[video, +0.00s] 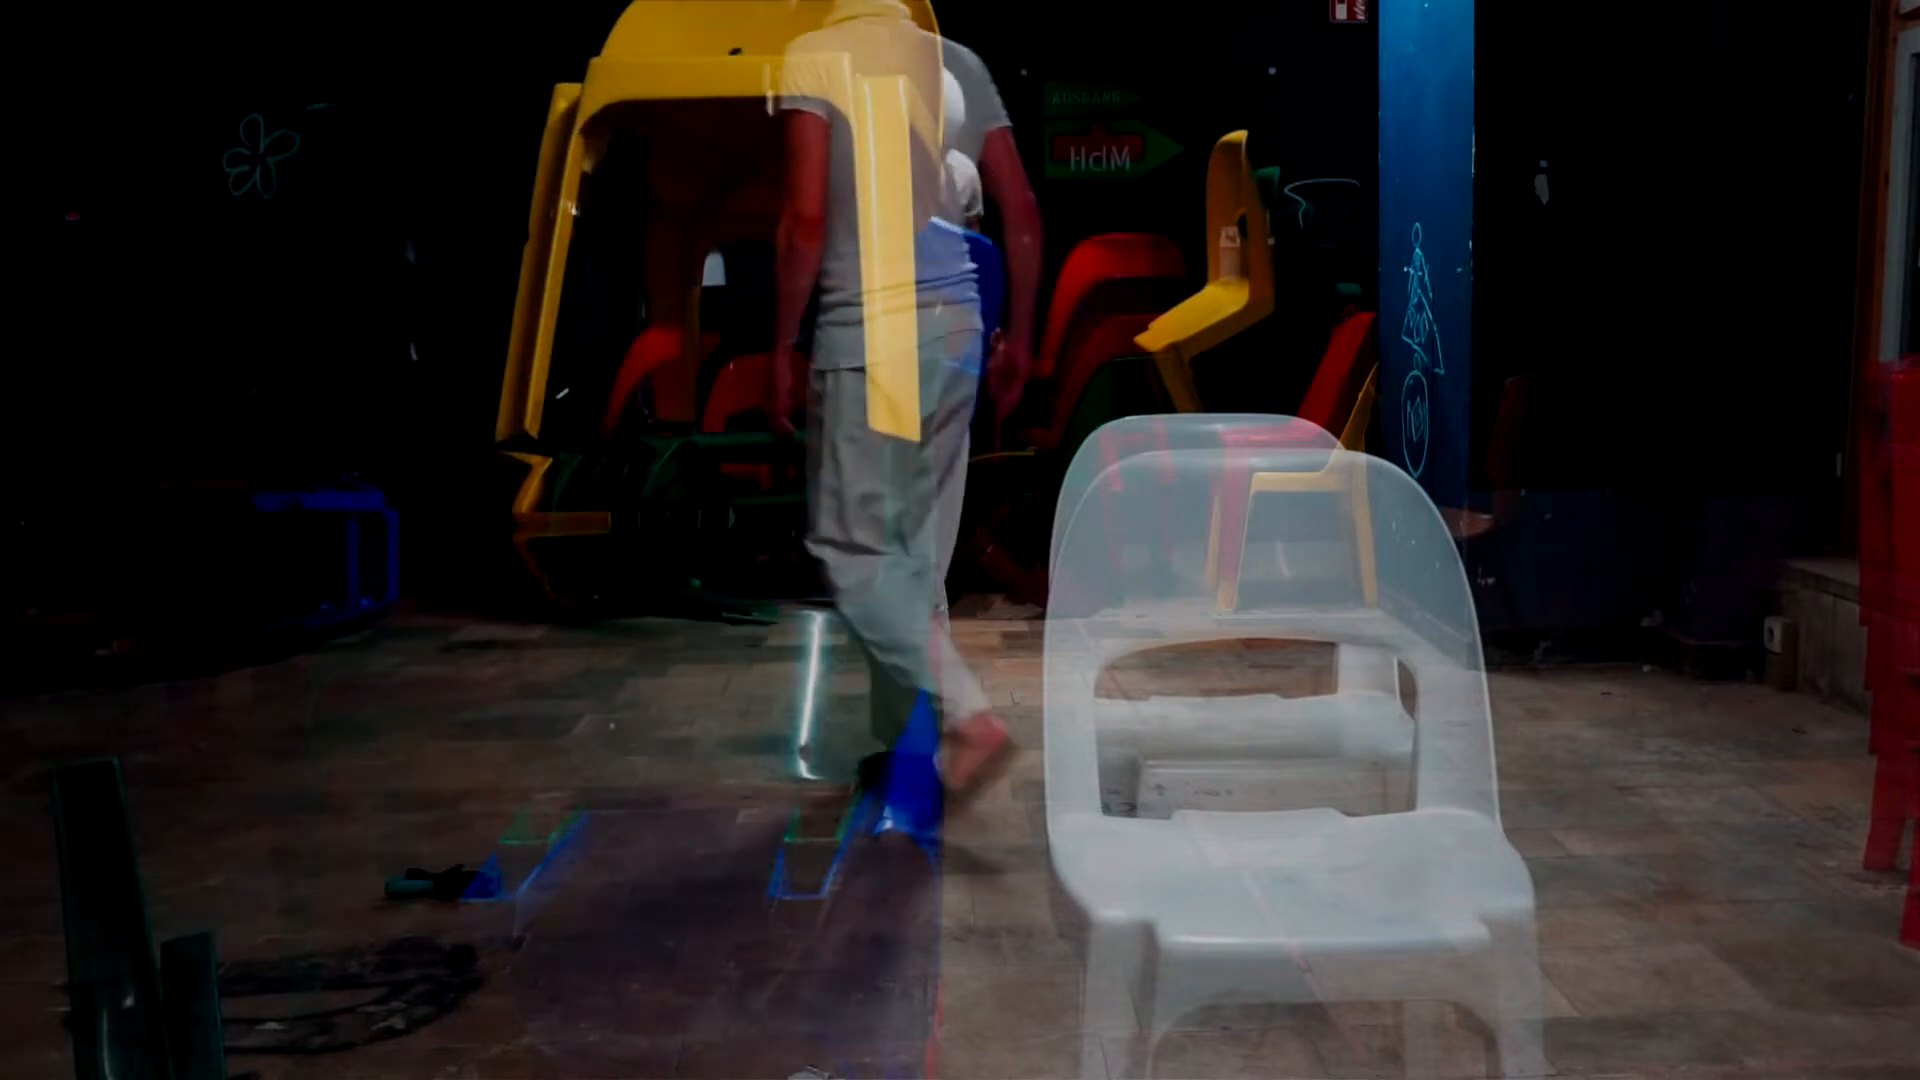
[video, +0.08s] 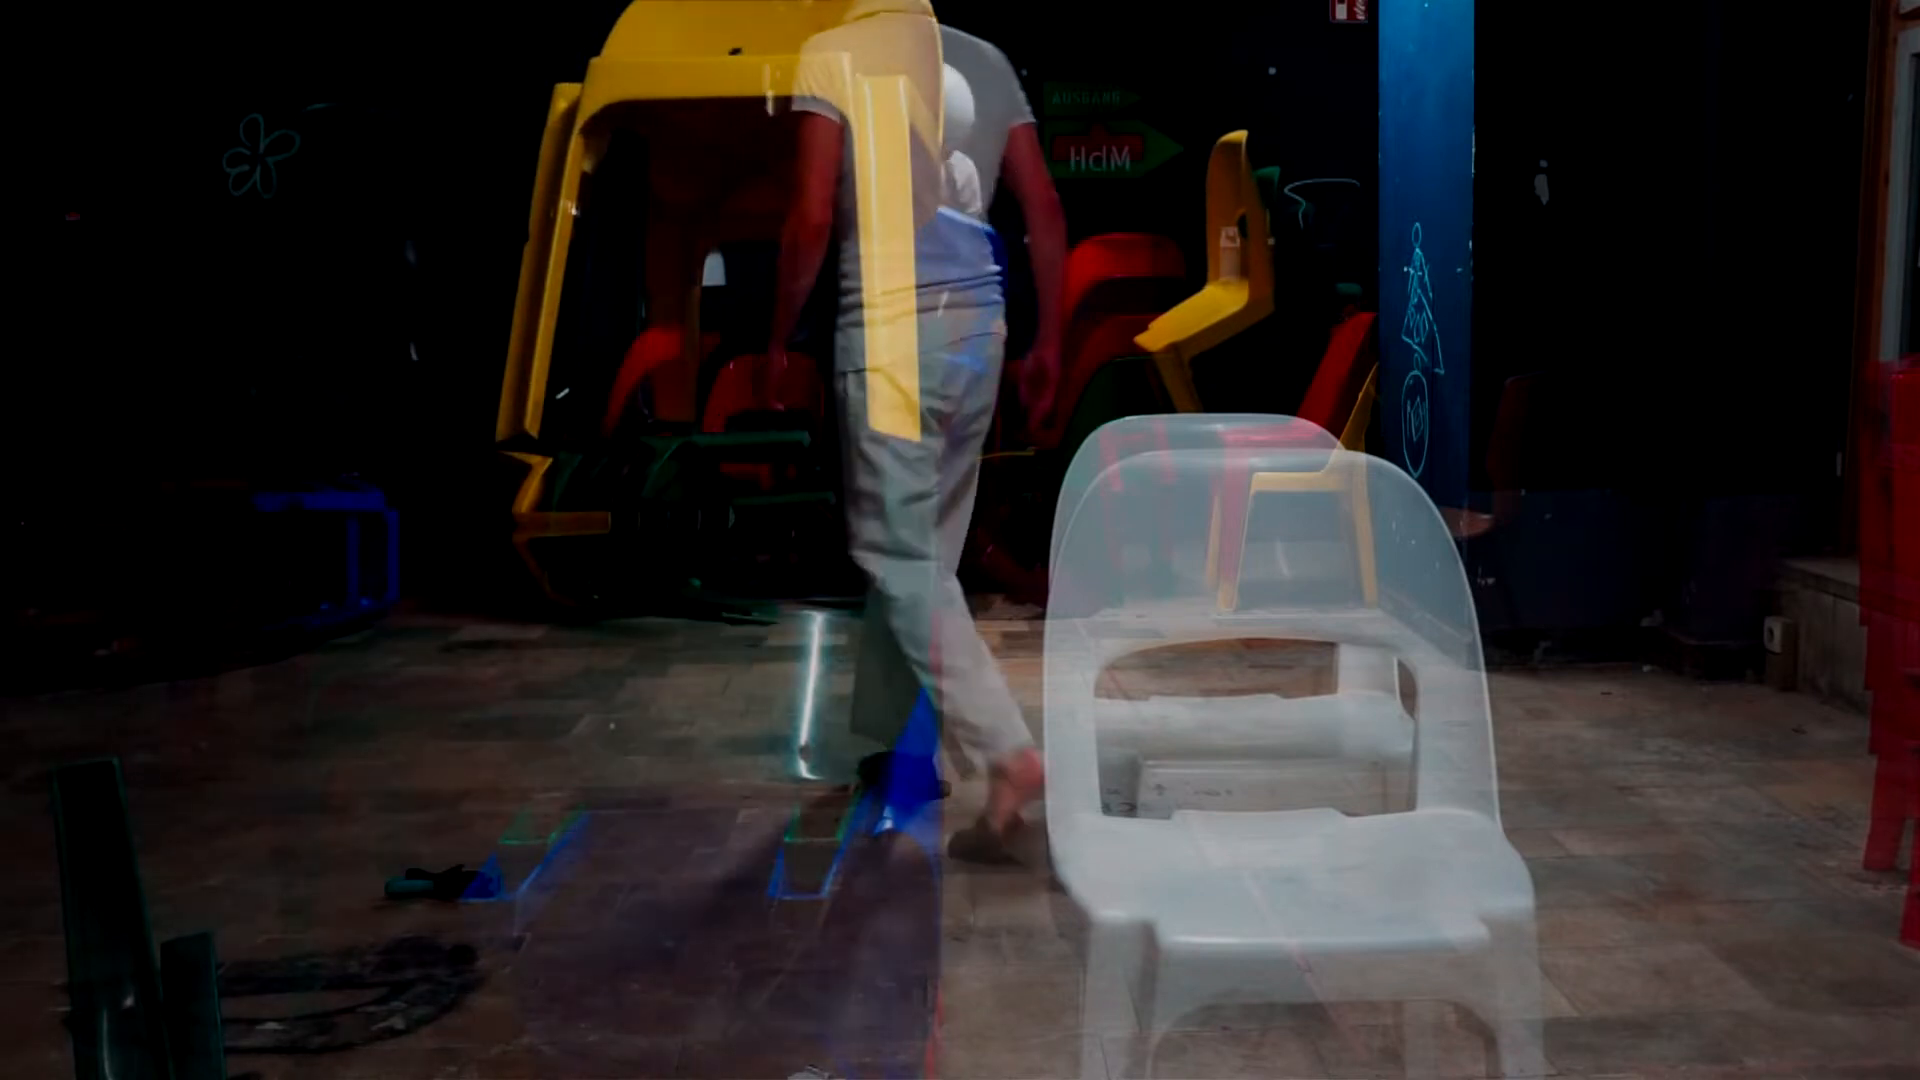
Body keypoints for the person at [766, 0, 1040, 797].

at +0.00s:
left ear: (830, 9)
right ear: (900, 7)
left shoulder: (818, 60)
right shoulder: (959, 63)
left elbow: (807, 217)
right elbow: (1020, 214)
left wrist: (784, 345)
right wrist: (1017, 334)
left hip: (865, 334)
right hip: (957, 326)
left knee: (854, 543)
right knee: (922, 547)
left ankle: (965, 718)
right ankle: (896, 757)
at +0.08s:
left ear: (854, 7)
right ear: (922, 6)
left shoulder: (834, 57)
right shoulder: (986, 61)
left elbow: (813, 216)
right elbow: (1043, 211)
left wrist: (781, 338)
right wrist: (1049, 338)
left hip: (888, 328)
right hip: (979, 325)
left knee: (897, 551)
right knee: (926, 548)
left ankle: (1010, 757)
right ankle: (874, 761)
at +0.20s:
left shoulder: (863, 46)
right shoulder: (1025, 50)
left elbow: (819, 219)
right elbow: (1087, 214)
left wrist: (777, 324)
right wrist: (1088, 336)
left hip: (924, 338)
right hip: (1019, 334)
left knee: (960, 582)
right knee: (966, 578)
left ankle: (1024, 808)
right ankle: (966, 802)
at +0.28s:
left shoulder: (887, 33)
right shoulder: (1047, 35)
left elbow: (834, 203)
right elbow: (1111, 189)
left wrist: (790, 308)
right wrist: (1119, 327)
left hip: (941, 330)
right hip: (1044, 325)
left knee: (977, 583)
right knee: (990, 577)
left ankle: (1029, 819)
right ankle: (982, 801)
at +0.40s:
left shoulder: (919, 22)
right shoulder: (1089, 21)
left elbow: (876, 191)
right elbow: (1153, 170)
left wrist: (816, 321)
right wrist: (1165, 315)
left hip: (976, 329)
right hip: (1079, 322)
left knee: (998, 579)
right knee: (1020, 564)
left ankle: (1028, 822)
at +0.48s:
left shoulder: (939, 16)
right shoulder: (1117, 19)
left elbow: (917, 185)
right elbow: (1182, 173)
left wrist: (852, 345)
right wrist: (1184, 319)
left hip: (997, 328)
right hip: (1103, 318)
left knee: (1004, 585)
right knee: (1077, 558)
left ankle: (1036, 821)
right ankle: (1157, 745)